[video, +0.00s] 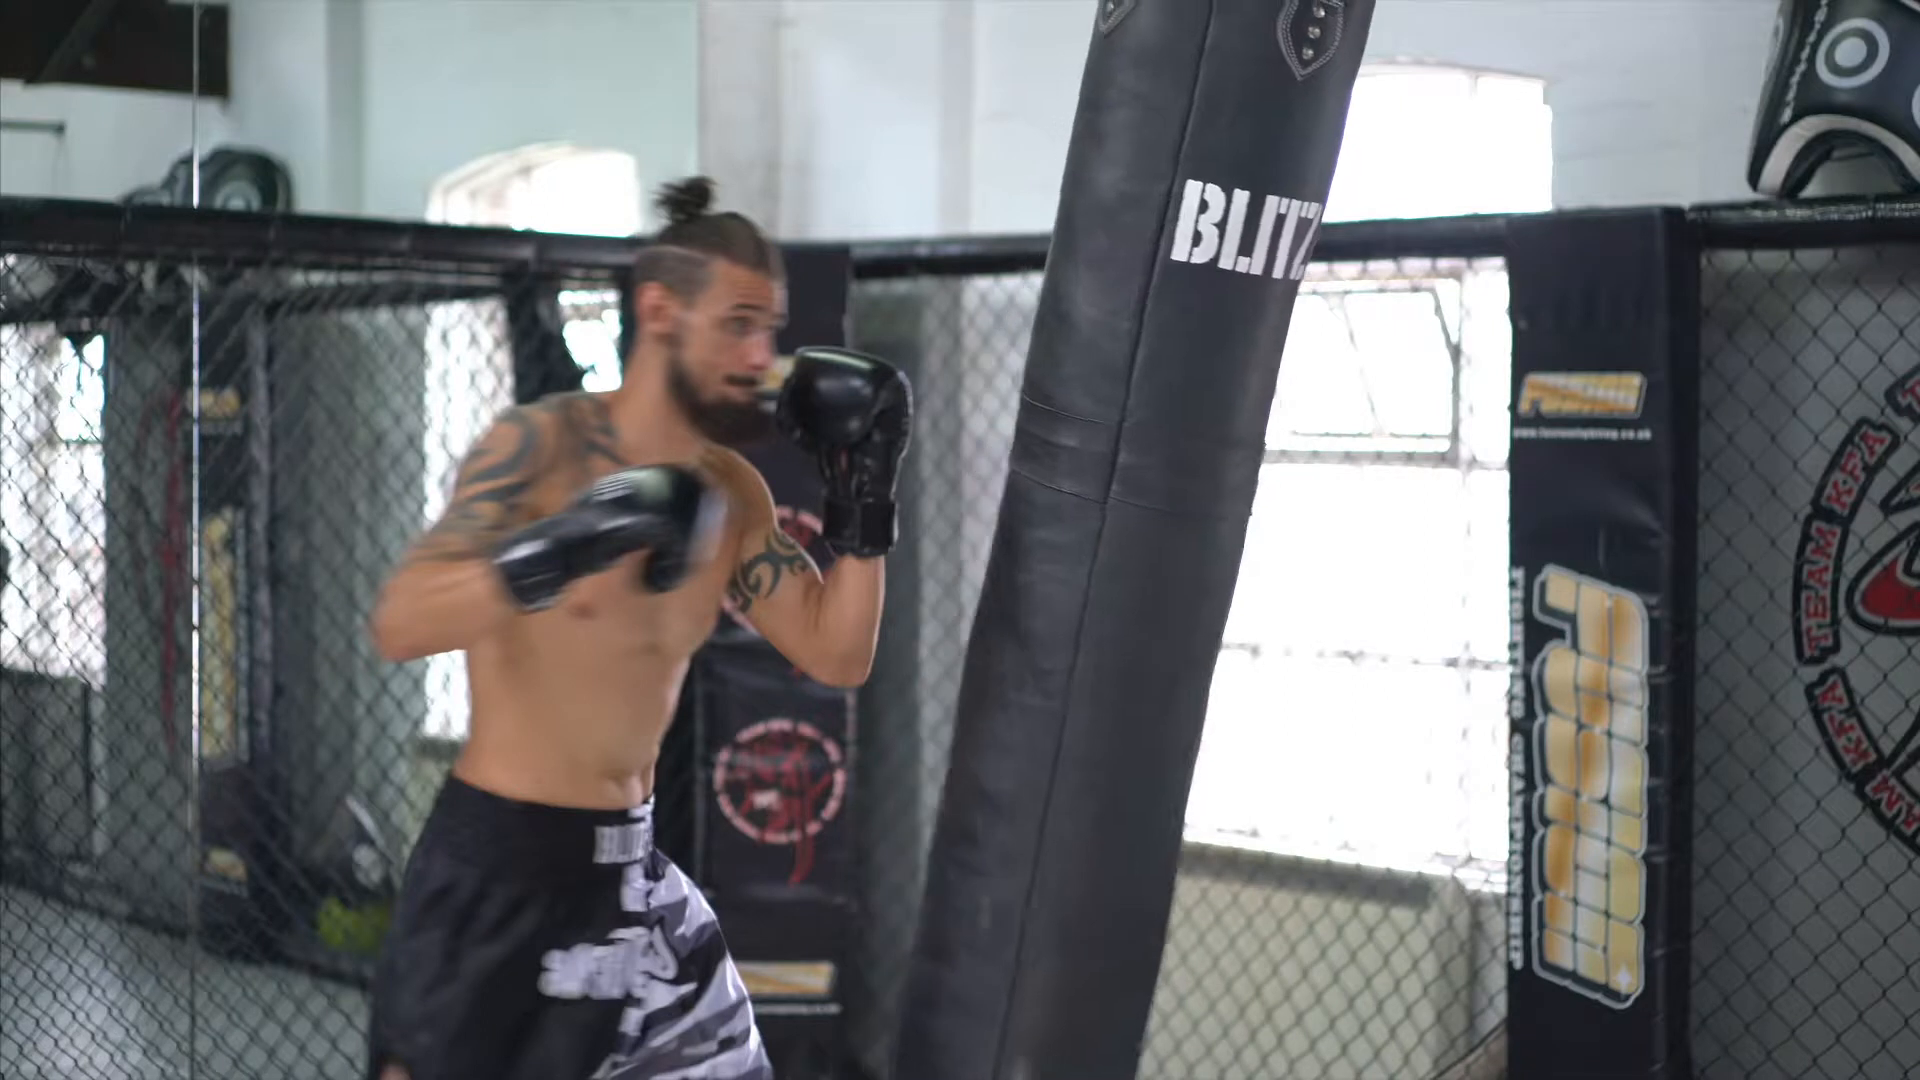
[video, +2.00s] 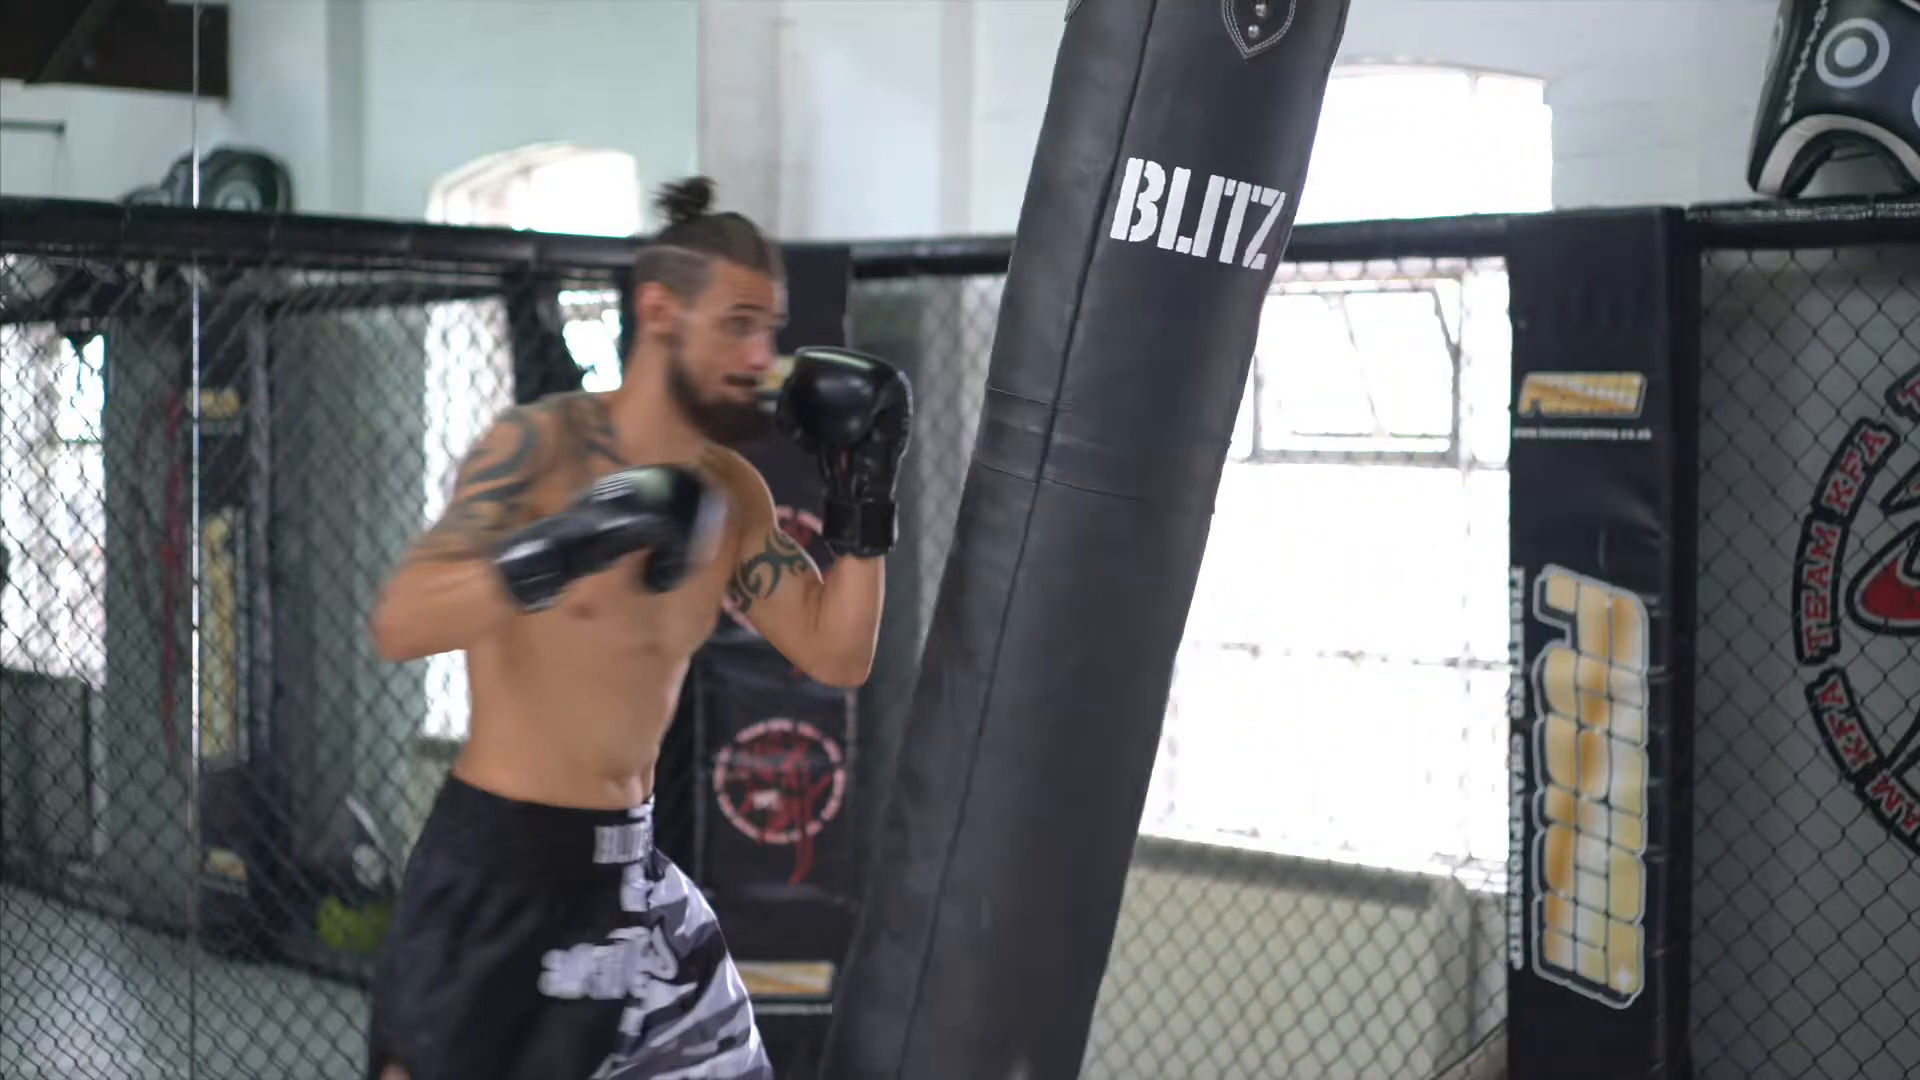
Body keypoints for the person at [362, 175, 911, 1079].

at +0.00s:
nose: (763, 357)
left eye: (773, 331)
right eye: (740, 325)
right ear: (656, 309)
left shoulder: (733, 492)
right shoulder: (538, 440)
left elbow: (839, 655)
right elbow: (400, 623)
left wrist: (866, 481)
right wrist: (568, 546)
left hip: (636, 867)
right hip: (500, 865)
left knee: (731, 1066)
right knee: (443, 1064)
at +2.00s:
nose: (762, 357)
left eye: (772, 331)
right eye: (739, 325)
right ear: (656, 310)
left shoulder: (733, 492)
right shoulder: (538, 441)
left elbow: (839, 656)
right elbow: (400, 624)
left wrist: (866, 479)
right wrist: (568, 547)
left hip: (635, 867)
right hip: (500, 865)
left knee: (732, 1066)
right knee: (437, 1065)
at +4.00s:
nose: (763, 357)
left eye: (772, 331)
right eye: (739, 325)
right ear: (656, 309)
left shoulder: (733, 492)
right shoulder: (538, 441)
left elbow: (839, 655)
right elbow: (400, 623)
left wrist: (865, 482)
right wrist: (569, 546)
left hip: (635, 868)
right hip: (500, 866)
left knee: (732, 1066)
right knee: (440, 1065)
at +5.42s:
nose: (763, 357)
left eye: (772, 331)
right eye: (739, 325)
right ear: (656, 310)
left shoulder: (734, 494)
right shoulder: (539, 441)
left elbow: (839, 656)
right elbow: (400, 624)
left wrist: (865, 483)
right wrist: (570, 546)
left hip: (636, 869)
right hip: (500, 867)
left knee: (732, 1066)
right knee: (437, 1065)